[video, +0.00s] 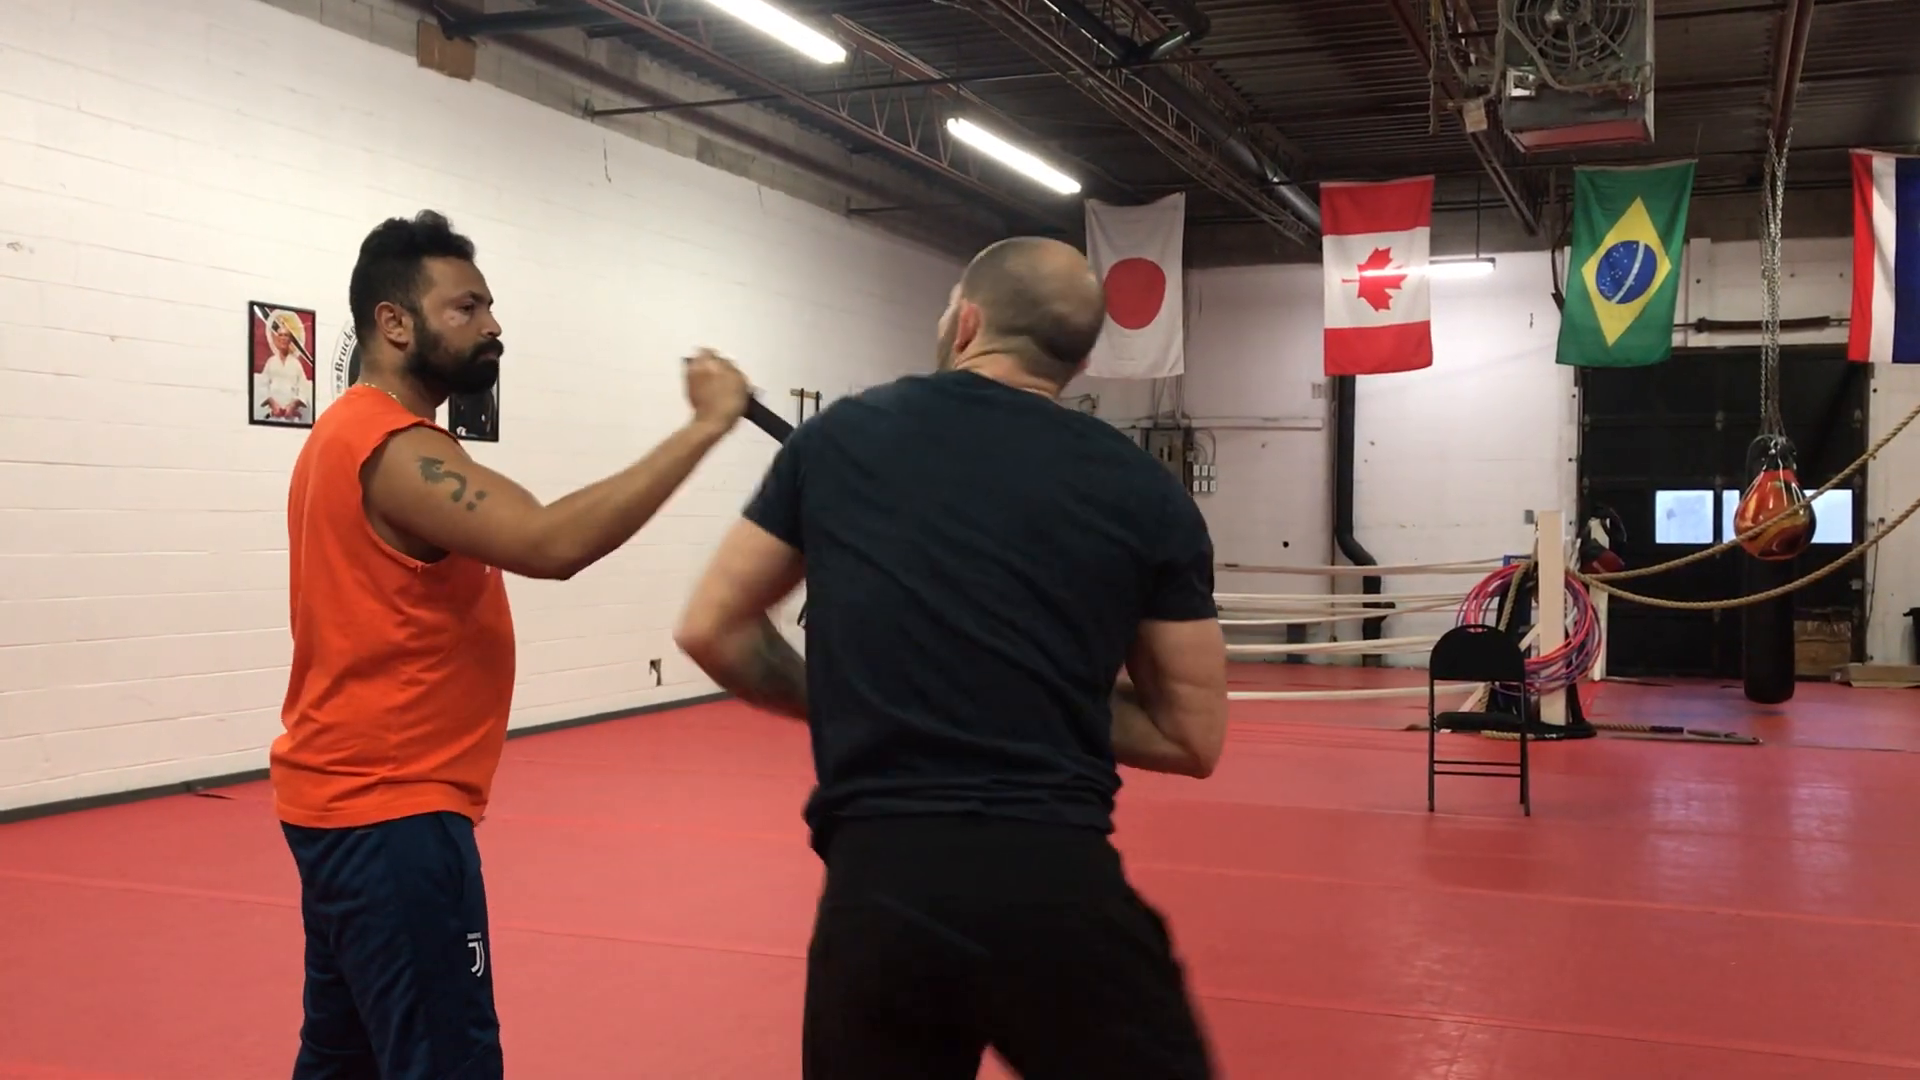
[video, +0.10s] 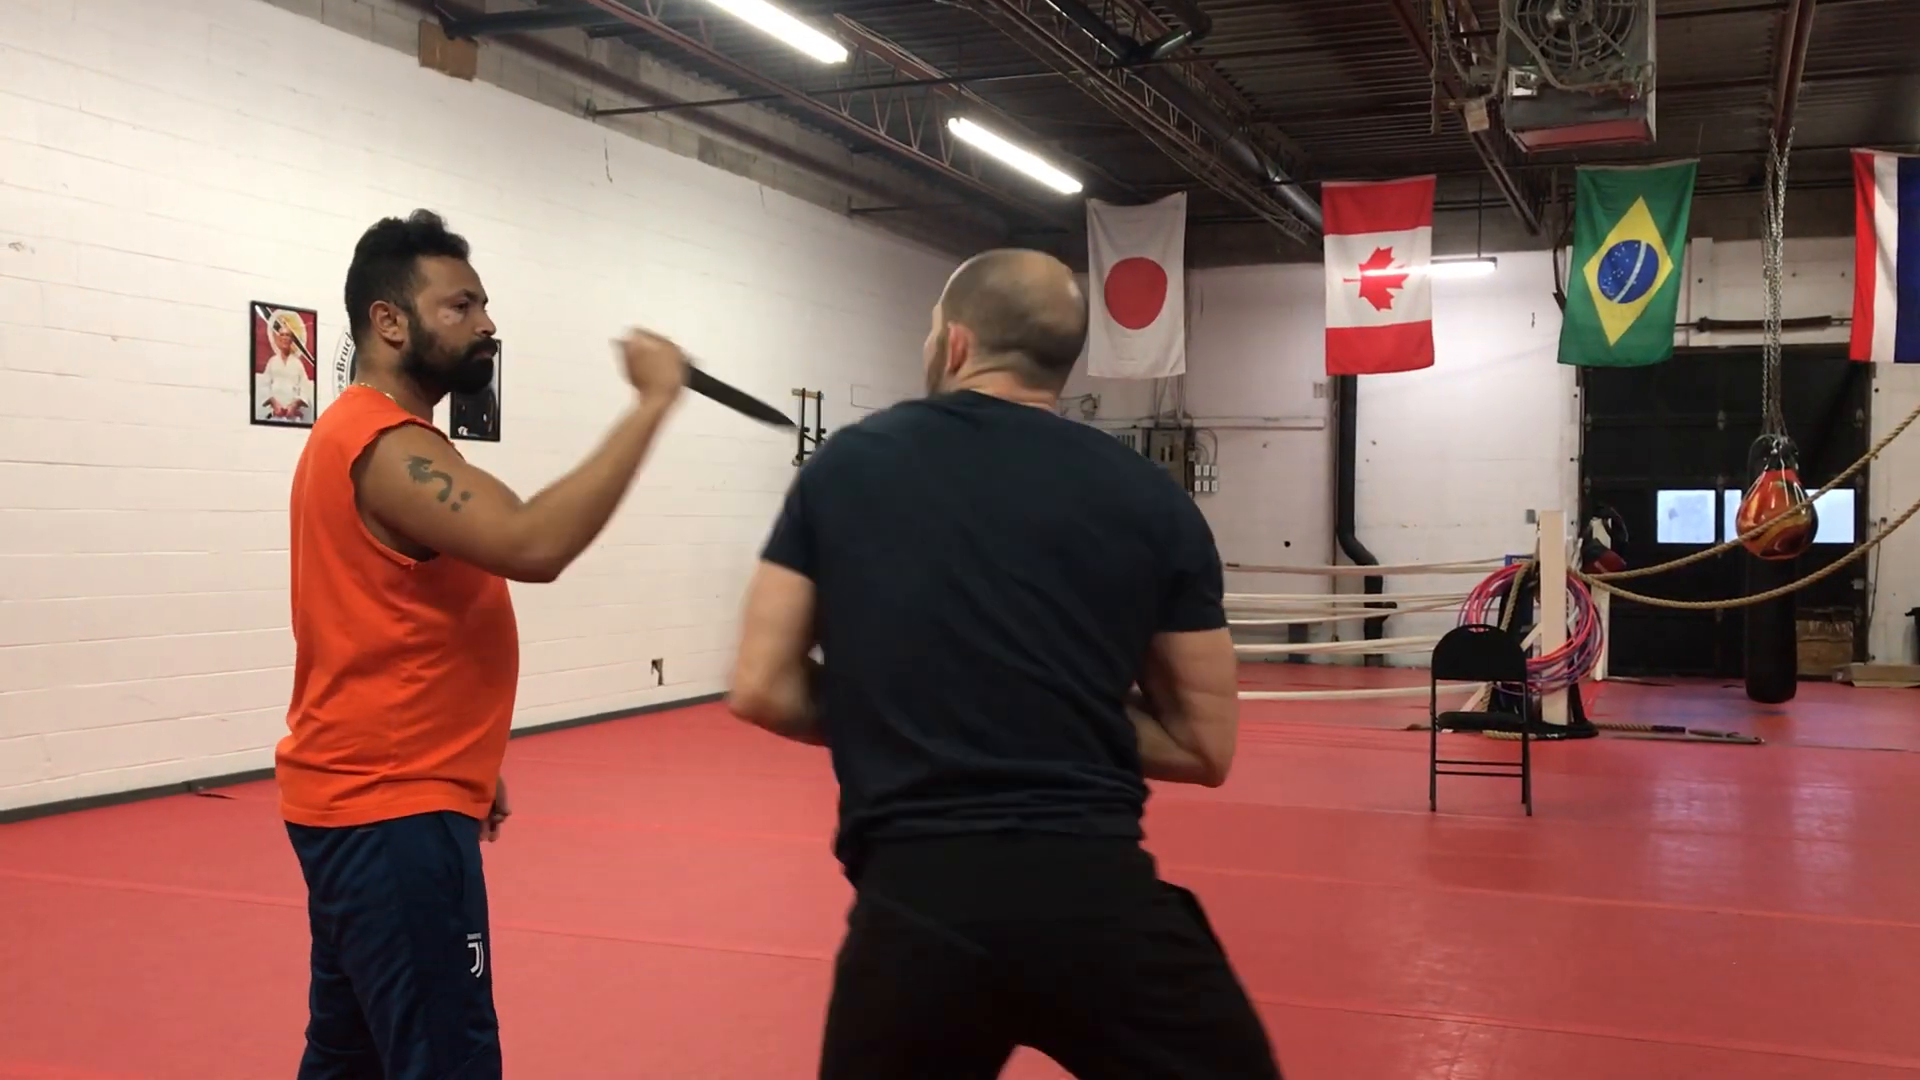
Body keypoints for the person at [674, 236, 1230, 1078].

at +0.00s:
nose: (941, 323)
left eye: (946, 311)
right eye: (946, 310)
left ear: (964, 322)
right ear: (1078, 362)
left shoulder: (843, 435)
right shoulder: (1143, 489)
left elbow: (714, 628)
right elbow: (1190, 741)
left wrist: (845, 702)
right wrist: (1036, 691)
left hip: (879, 903)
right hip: (1066, 909)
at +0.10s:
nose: (927, 349)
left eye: (931, 334)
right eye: (930, 333)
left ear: (956, 344)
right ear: (1065, 364)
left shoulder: (848, 464)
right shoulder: (1148, 495)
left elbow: (761, 689)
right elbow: (1203, 748)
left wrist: (896, 719)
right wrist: (1054, 710)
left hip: (914, 925)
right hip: (1109, 923)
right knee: (1237, 1065)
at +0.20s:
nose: (934, 370)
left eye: (936, 351)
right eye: (936, 352)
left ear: (961, 355)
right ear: (1076, 369)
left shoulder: (873, 474)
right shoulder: (1168, 497)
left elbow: (816, 719)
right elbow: (1220, 754)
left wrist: (954, 704)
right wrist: (1078, 703)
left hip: (954, 932)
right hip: (1148, 926)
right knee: (1269, 1067)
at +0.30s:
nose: (960, 393)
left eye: (965, 370)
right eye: (960, 371)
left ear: (1005, 370)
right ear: (1102, 378)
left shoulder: (922, 479)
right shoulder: (1211, 505)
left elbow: (876, 729)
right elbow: (1240, 757)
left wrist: (1003, 675)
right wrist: (1109, 691)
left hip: (1001, 936)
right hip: (1195, 935)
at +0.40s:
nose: (1004, 421)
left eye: (1014, 391)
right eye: (1007, 393)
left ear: (1067, 391)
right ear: (1154, 397)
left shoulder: (983, 492)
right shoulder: (1273, 522)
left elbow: (947, 743)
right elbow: (1277, 762)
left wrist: (1061, 679)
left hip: (1055, 948)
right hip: (1254, 946)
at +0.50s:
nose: (1068, 430)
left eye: (1075, 406)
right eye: (1068, 406)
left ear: (1122, 406)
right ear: (1215, 420)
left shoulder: (1041, 512)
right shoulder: (1335, 541)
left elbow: (1010, 764)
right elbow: (1336, 783)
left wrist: (1126, 691)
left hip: (1102, 960)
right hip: (1304, 962)